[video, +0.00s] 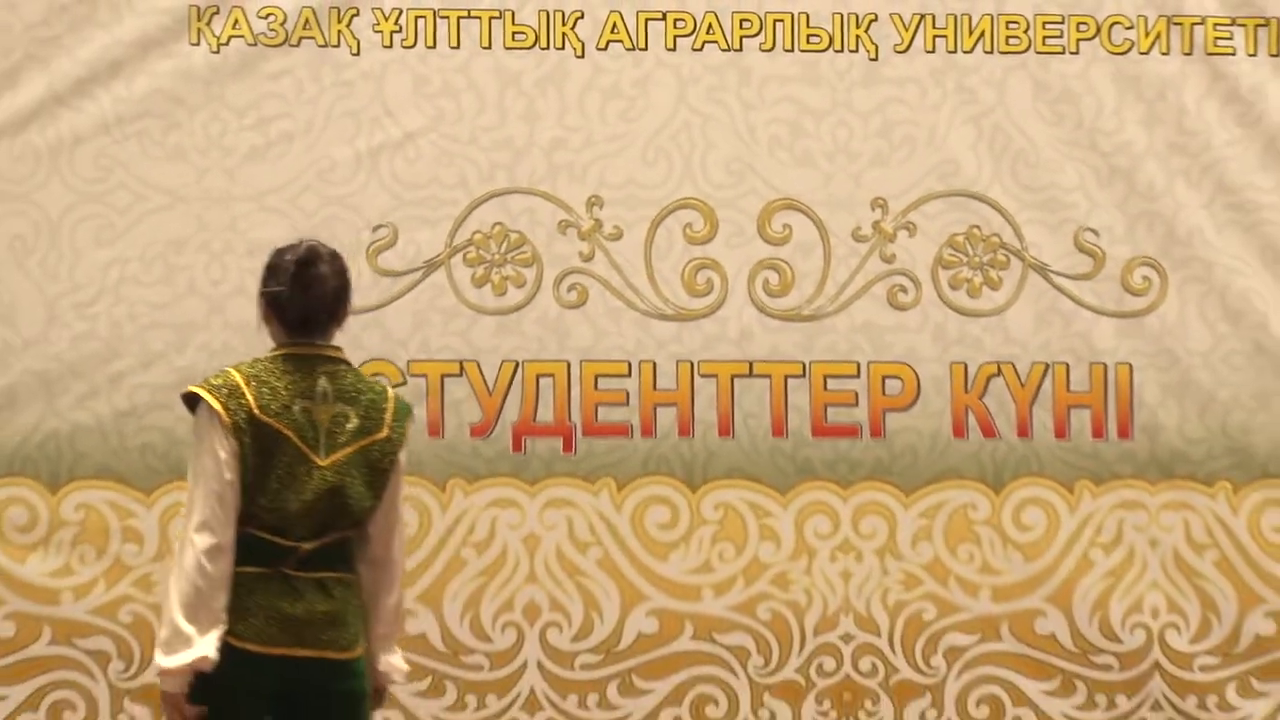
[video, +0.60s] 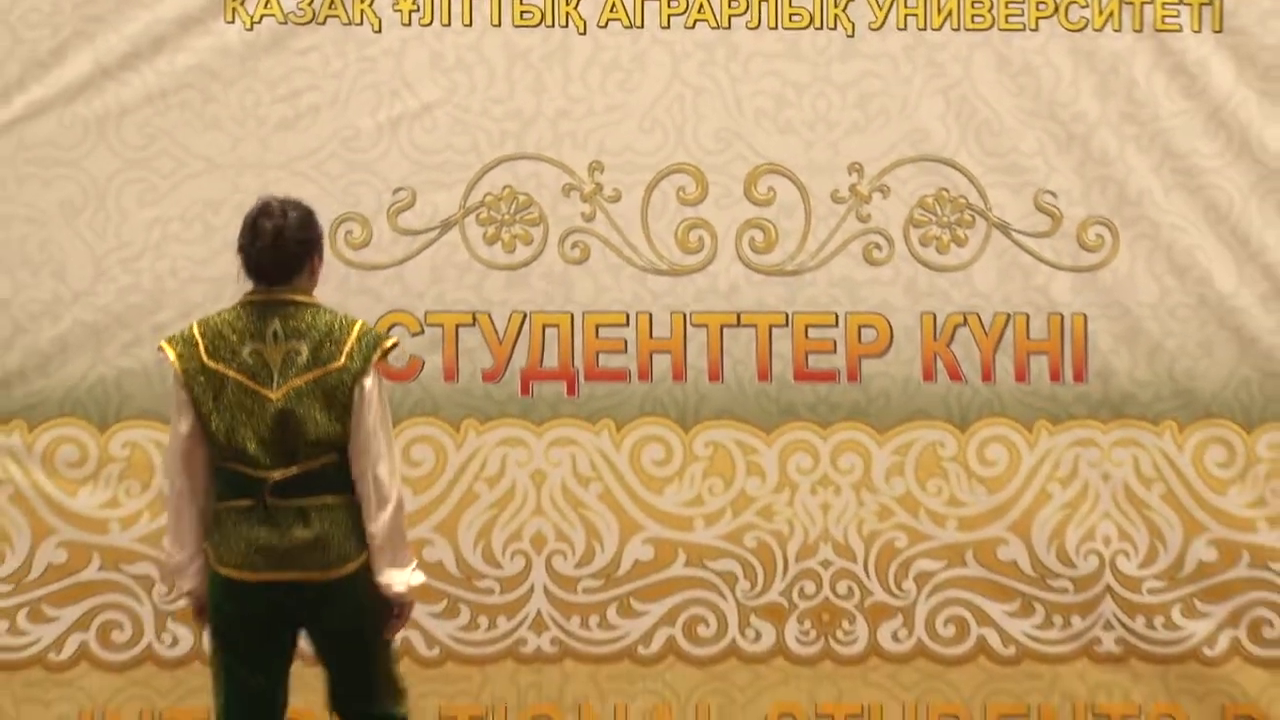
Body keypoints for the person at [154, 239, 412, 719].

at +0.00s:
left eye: (261, 300)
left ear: (266, 310)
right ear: (344, 312)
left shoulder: (229, 398)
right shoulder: (383, 409)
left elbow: (210, 539)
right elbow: (382, 546)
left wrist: (178, 665)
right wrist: (381, 659)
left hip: (242, 660)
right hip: (338, 663)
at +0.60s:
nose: (322, 262)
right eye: (322, 253)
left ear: (245, 261)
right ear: (316, 262)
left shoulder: (197, 347)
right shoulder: (352, 344)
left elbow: (186, 474)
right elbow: (375, 471)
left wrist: (191, 577)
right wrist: (396, 578)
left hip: (242, 580)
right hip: (338, 576)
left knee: (246, 711)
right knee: (371, 707)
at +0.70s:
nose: (334, 255)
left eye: (330, 245)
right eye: (333, 245)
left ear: (257, 253)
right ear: (325, 253)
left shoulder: (209, 338)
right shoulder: (360, 332)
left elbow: (207, 462)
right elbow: (381, 457)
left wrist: (211, 562)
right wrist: (408, 558)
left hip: (260, 565)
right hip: (353, 560)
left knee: (263, 710)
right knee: (392, 705)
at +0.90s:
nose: (367, 246)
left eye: (362, 235)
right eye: (366, 237)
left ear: (295, 246)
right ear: (357, 245)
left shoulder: (253, 329)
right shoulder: (398, 316)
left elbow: (244, 452)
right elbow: (419, 435)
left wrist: (244, 549)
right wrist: (450, 538)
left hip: (308, 551)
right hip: (394, 545)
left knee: (294, 702)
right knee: (411, 701)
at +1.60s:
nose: (375, 205)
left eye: (372, 196)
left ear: (371, 200)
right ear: (434, 200)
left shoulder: (349, 271)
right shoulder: (474, 275)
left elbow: (329, 378)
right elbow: (480, 383)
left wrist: (314, 472)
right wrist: (475, 465)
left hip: (362, 472)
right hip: (443, 478)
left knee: (309, 596)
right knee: (437, 620)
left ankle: (312, 714)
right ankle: (436, 719)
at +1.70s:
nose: (378, 201)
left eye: (372, 192)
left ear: (370, 196)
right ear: (433, 196)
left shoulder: (349, 263)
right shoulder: (470, 268)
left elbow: (332, 368)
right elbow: (475, 376)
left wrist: (317, 454)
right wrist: (467, 453)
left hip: (356, 464)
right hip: (437, 470)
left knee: (305, 595)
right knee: (433, 613)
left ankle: (288, 715)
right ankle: (434, 718)